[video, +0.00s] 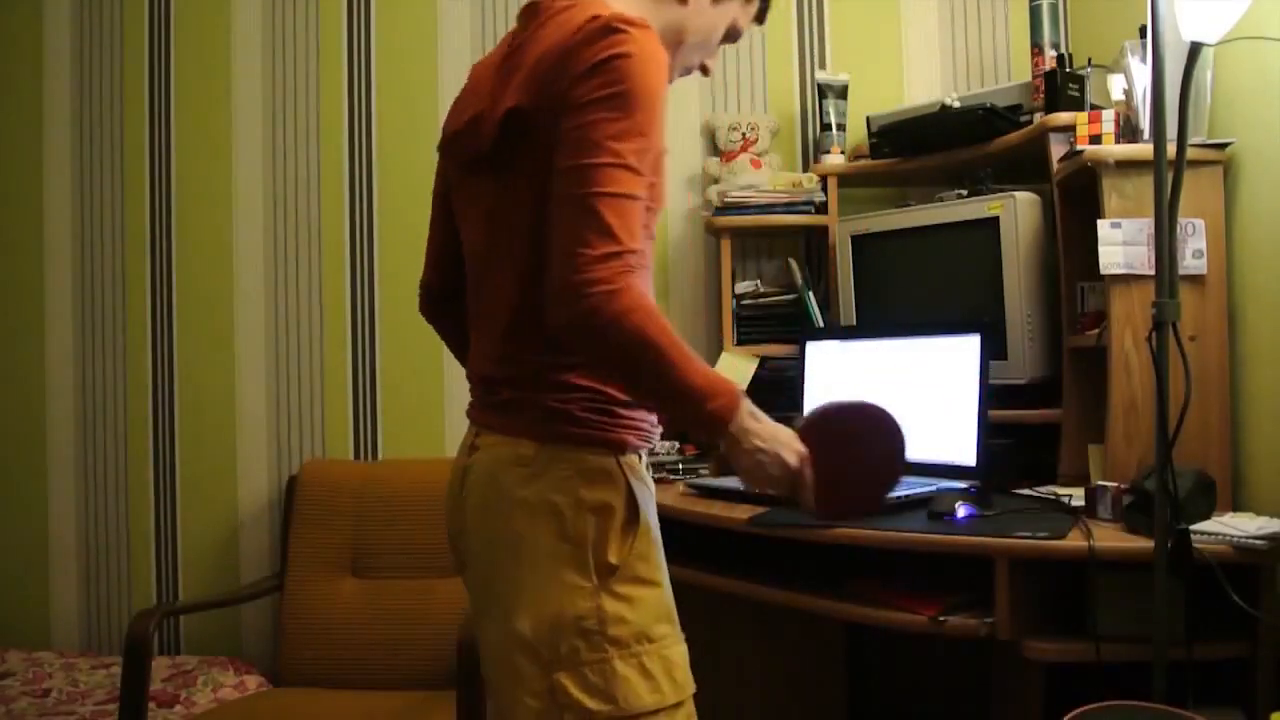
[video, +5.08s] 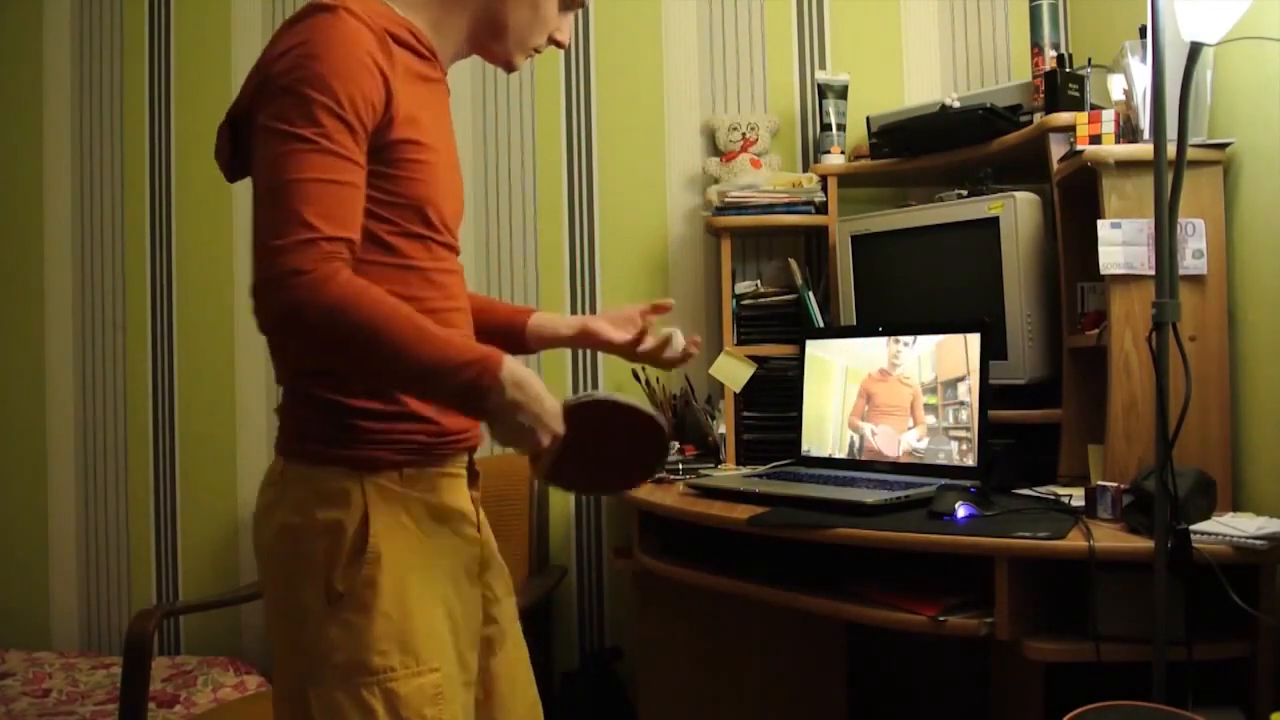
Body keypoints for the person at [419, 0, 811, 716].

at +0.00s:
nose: (709, 64)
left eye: (731, 47)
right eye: (732, 35)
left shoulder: (494, 69)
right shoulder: (619, 42)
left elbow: (444, 293)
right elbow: (601, 293)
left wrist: (553, 401)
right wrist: (735, 420)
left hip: (497, 471)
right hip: (576, 487)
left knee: (531, 707)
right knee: (621, 706)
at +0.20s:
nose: (671, 82)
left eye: (687, 65)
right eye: (685, 55)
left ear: (647, 11)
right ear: (652, 9)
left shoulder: (519, 63)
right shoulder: (551, 61)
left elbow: (445, 309)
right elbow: (483, 258)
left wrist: (616, 399)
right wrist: (638, 371)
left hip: (522, 477)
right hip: (543, 484)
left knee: (537, 707)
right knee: (615, 705)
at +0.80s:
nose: (698, 194)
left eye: (715, 182)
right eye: (716, 171)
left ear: (685, 118)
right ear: (693, 119)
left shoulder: (583, 163)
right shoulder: (574, 87)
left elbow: (513, 371)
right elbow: (500, 231)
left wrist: (624, 404)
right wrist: (615, 337)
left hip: (498, 470)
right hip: (455, 472)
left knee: (520, 698)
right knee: (497, 703)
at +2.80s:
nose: (724, 221)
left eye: (740, 206)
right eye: (741, 195)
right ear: (717, 148)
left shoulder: (589, 199)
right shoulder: (588, 94)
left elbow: (506, 365)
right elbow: (474, 209)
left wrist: (604, 455)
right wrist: (610, 328)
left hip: (488, 474)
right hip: (427, 471)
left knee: (511, 701)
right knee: (466, 706)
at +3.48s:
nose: (684, 152)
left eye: (697, 135)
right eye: (696, 125)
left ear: (654, 79)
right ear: (661, 78)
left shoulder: (549, 131)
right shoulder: (518, 74)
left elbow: (464, 317)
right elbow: (437, 237)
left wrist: (510, 451)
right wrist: (592, 324)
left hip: (479, 483)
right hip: (422, 486)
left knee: (516, 708)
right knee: (438, 706)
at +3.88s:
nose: (599, 72)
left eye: (612, 51)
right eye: (608, 39)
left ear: (554, 7)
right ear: (560, 0)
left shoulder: (458, 75)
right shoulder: (423, 55)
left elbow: (430, 309)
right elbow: (379, 279)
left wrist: (564, 353)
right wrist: (543, 391)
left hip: (469, 498)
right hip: (410, 509)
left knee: (528, 711)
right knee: (443, 710)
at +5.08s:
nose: (564, 35)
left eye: (574, 13)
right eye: (568, 5)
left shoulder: (416, 69)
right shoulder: (336, 47)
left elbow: (416, 297)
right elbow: (296, 286)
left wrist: (578, 329)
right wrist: (490, 380)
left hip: (445, 497)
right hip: (362, 508)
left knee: (508, 710)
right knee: (388, 710)